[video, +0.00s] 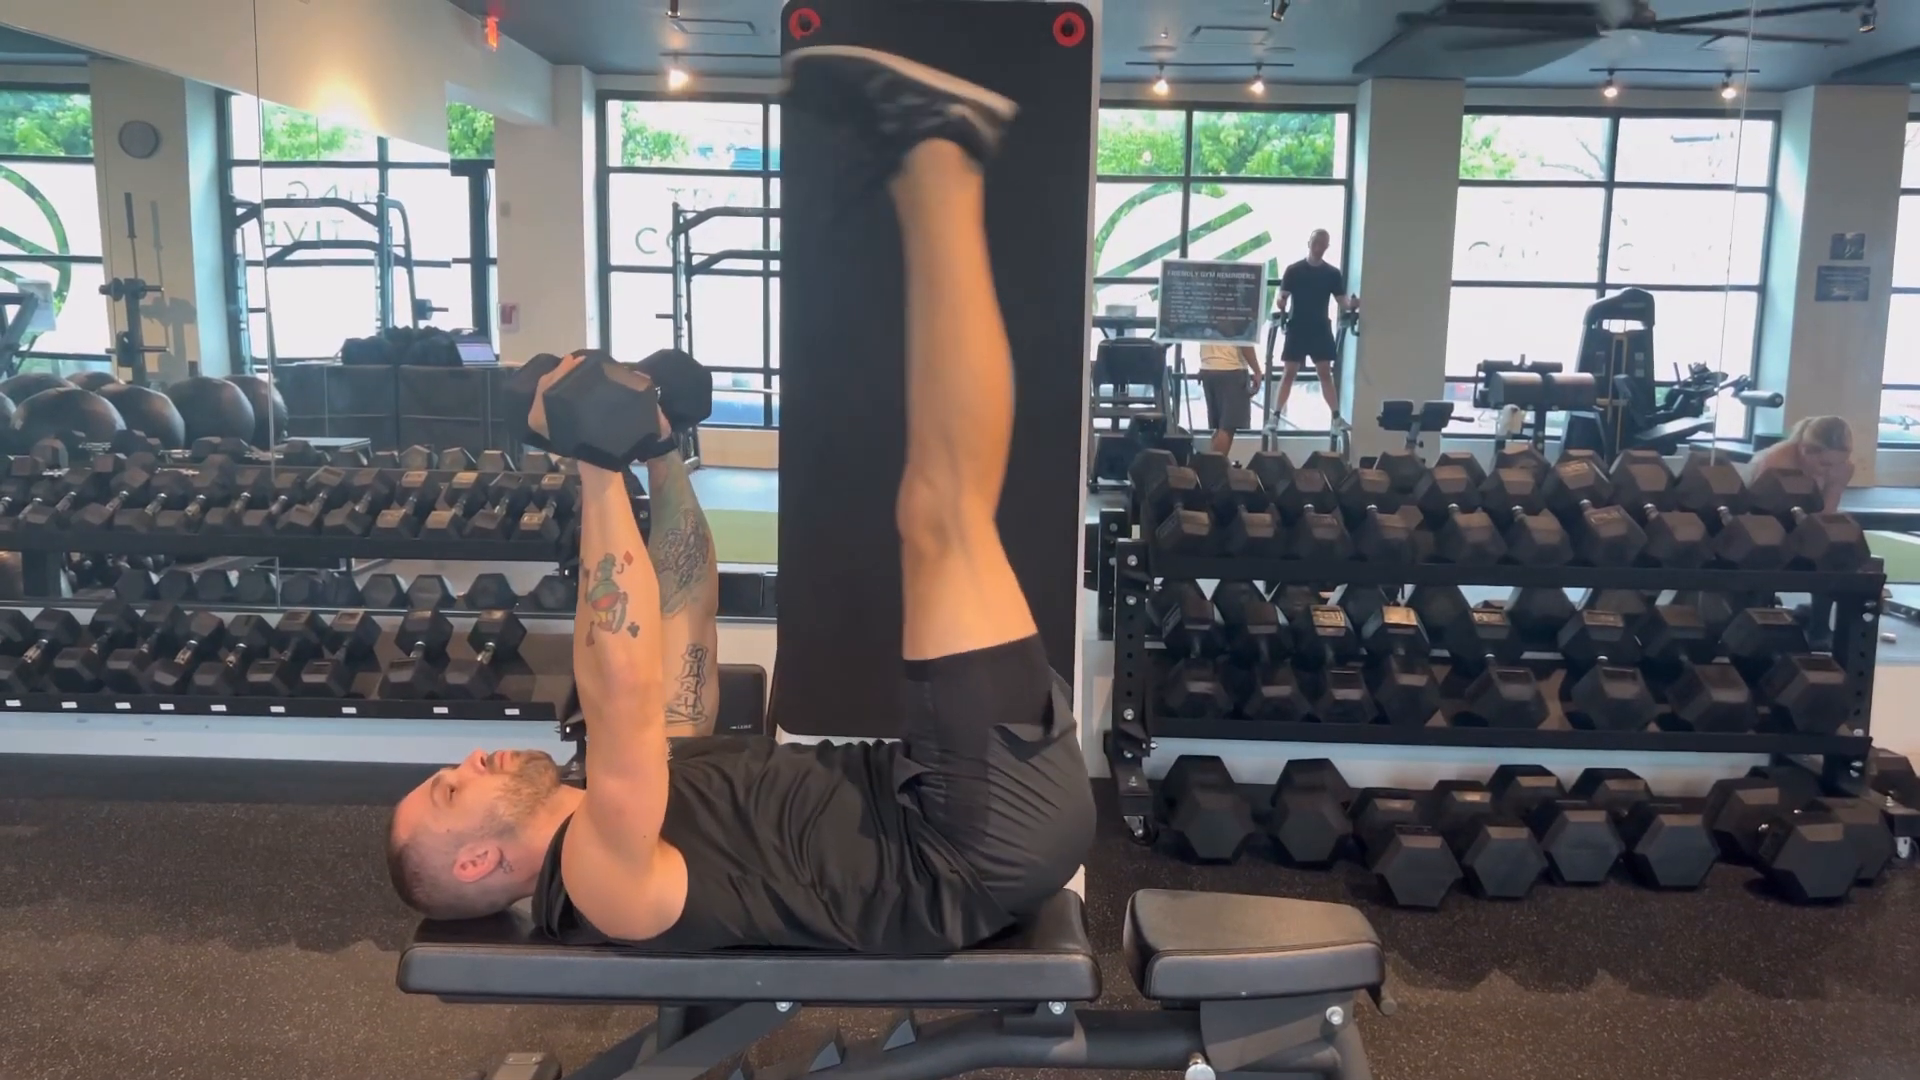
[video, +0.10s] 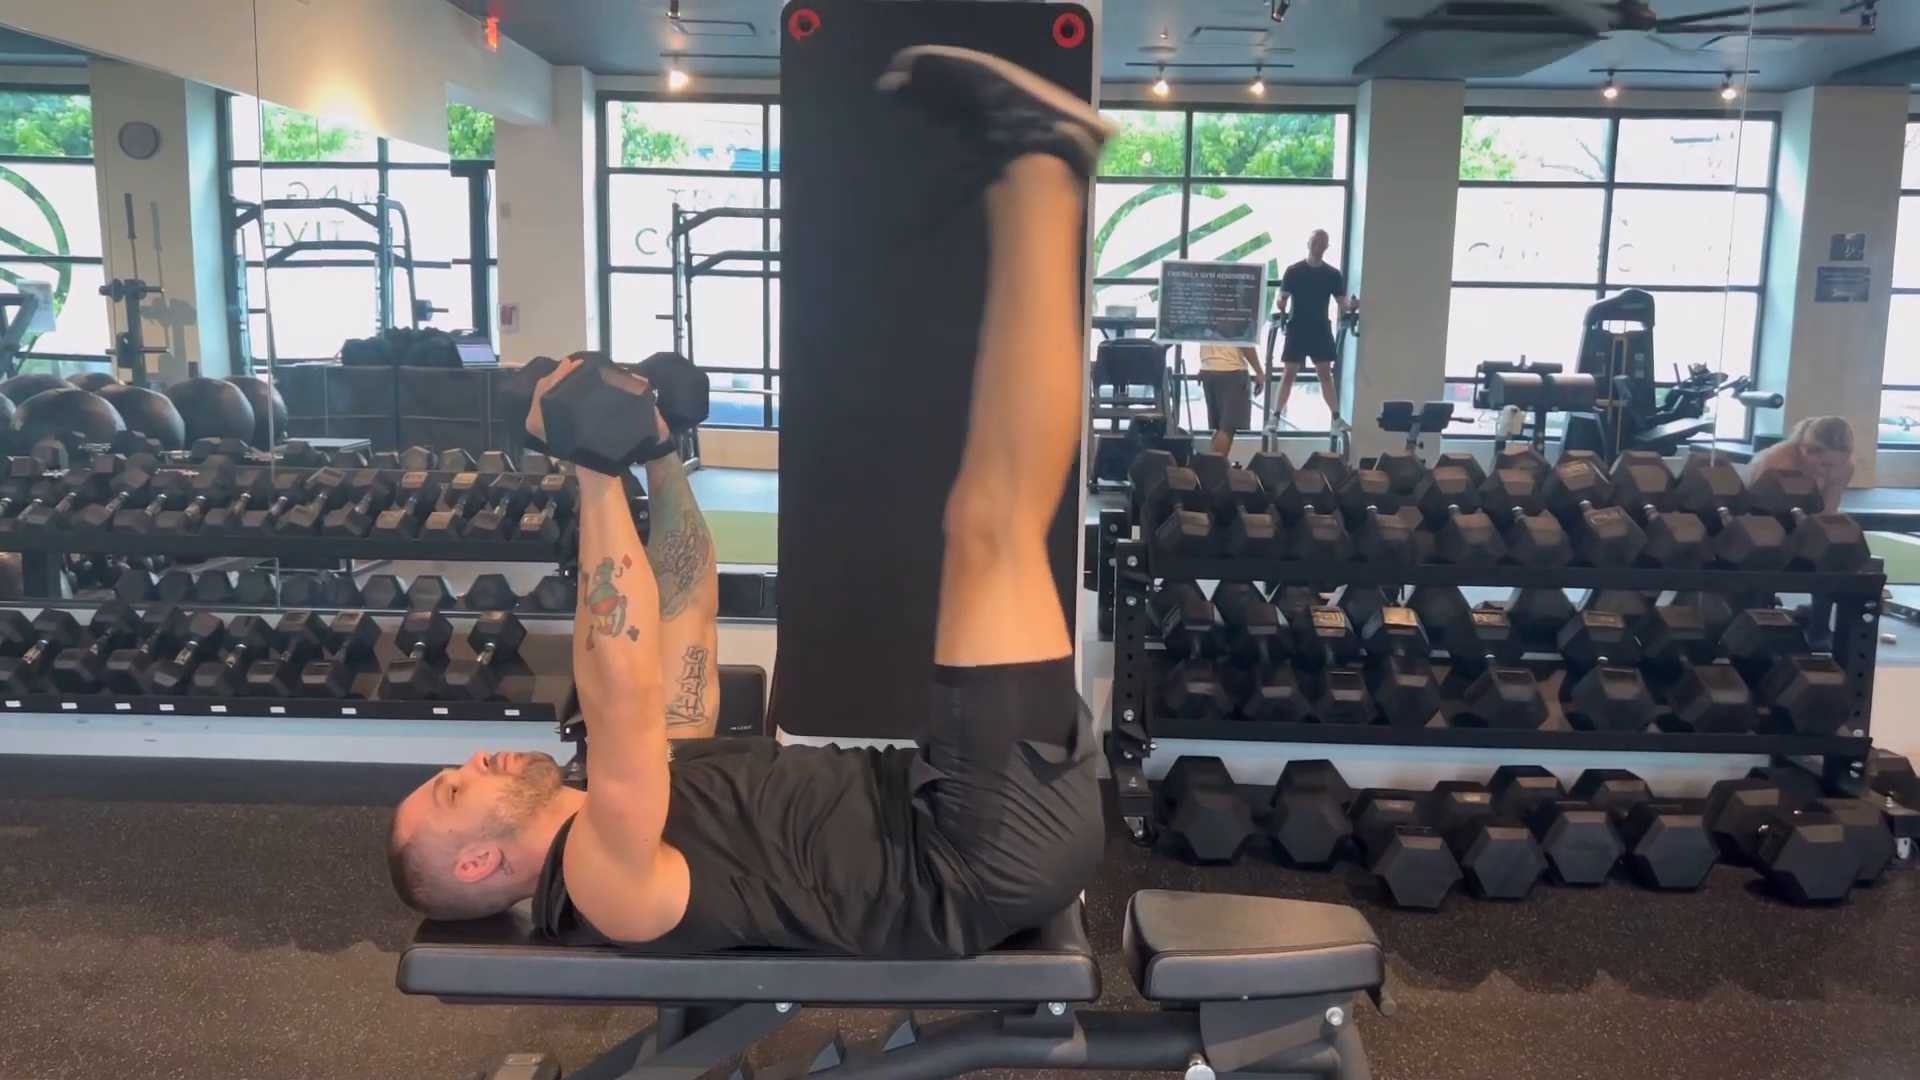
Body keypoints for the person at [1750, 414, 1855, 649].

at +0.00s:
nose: (1832, 472)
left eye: (1838, 465)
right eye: (1826, 464)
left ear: (1846, 458)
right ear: (1804, 450)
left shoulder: (1837, 467)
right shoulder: (1774, 465)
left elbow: (1822, 528)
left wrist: (1836, 488)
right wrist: (1836, 490)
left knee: (1845, 552)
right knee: (1828, 555)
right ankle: (1819, 630)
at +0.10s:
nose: (1831, 472)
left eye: (1838, 465)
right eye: (1826, 464)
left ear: (1846, 458)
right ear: (1805, 450)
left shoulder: (1843, 468)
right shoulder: (1773, 464)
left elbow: (1825, 521)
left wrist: (1836, 489)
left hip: (1800, 537)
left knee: (1834, 553)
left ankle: (1819, 629)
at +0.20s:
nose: (1833, 472)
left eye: (1839, 465)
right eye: (1828, 464)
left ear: (1848, 459)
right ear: (1806, 450)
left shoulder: (1839, 467)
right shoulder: (1774, 466)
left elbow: (1822, 527)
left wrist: (1836, 488)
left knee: (1847, 555)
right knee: (1829, 557)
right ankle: (1819, 632)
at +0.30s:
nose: (1835, 474)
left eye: (1840, 467)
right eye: (1829, 466)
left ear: (1849, 460)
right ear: (1805, 451)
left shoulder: (1840, 468)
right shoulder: (1775, 464)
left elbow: (1825, 521)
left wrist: (1836, 488)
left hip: (1799, 538)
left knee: (1846, 556)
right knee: (1828, 558)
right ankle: (1819, 630)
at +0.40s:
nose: (1835, 474)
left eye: (1841, 467)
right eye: (1829, 466)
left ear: (1849, 460)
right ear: (1806, 451)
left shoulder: (1842, 468)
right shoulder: (1775, 463)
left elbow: (1825, 519)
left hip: (1801, 537)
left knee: (1847, 555)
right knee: (1829, 558)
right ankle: (1818, 630)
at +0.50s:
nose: (1836, 474)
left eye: (1841, 467)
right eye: (1830, 466)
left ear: (1849, 460)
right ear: (1806, 451)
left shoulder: (1841, 467)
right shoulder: (1774, 465)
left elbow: (1825, 521)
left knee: (1847, 556)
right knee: (1828, 559)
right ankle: (1818, 631)